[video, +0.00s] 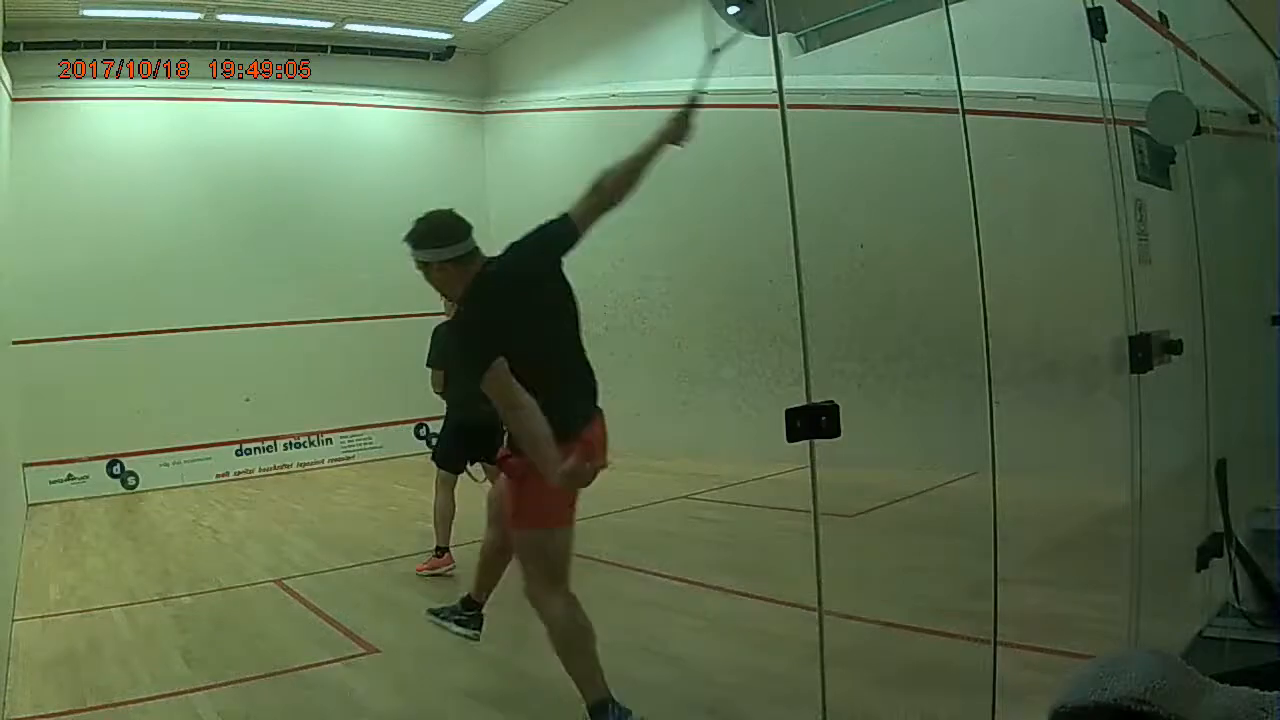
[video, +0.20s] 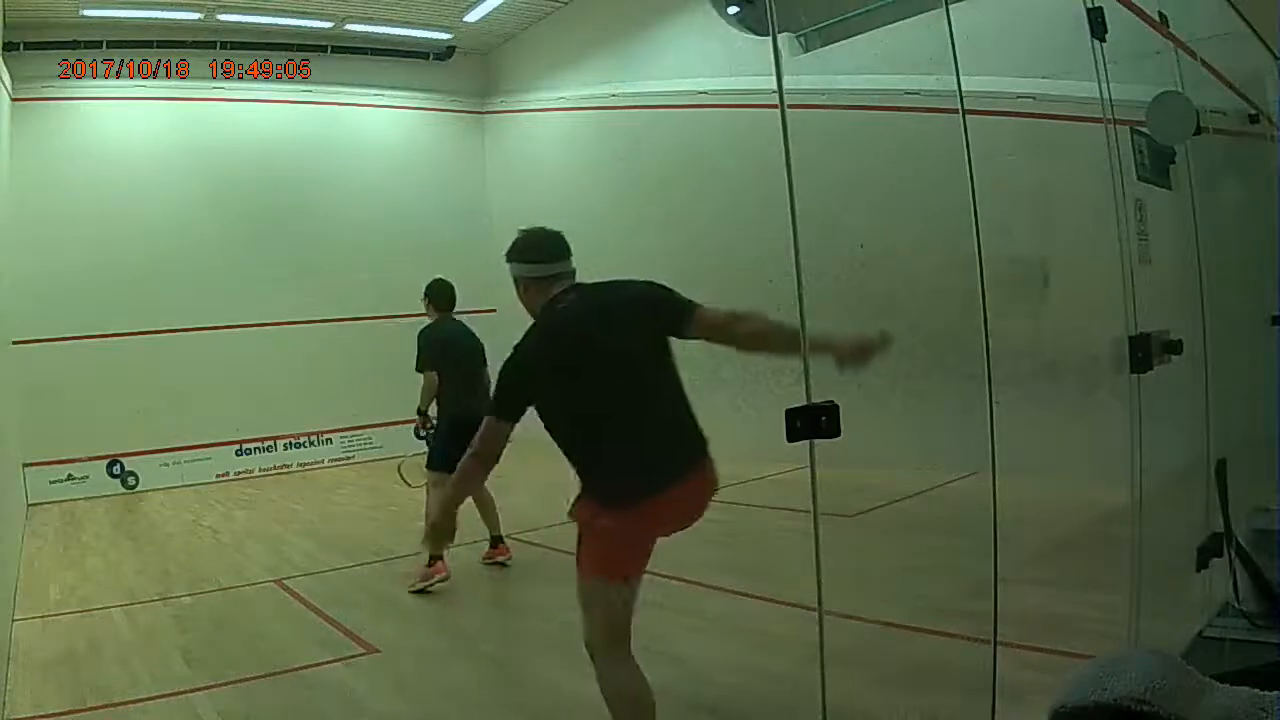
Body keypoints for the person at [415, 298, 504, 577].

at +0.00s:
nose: (444, 304)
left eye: (445, 301)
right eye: (447, 299)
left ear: (448, 305)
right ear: (470, 305)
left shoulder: (443, 332)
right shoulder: (489, 327)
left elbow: (438, 383)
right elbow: (504, 372)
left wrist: (460, 397)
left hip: (460, 417)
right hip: (493, 415)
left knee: (445, 484)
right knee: (497, 477)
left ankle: (442, 552)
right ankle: (519, 537)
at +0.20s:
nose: (422, 306)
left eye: (424, 302)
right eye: (425, 302)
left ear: (429, 304)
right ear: (453, 303)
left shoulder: (430, 334)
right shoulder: (469, 334)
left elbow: (431, 379)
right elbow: (484, 379)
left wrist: (422, 412)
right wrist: (484, 411)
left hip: (451, 419)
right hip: (481, 417)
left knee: (437, 485)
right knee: (476, 481)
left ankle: (436, 560)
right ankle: (498, 542)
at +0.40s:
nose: (418, 350)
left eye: (417, 346)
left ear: (417, 348)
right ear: (443, 345)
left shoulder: (418, 378)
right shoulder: (463, 372)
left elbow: (424, 420)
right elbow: (487, 414)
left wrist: (416, 463)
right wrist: (503, 455)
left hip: (463, 454)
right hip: (495, 448)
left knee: (425, 510)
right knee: (483, 490)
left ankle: (434, 575)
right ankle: (519, 539)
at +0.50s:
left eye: (436, 348)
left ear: (434, 351)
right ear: (460, 348)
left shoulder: (431, 382)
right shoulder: (480, 377)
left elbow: (432, 417)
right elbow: (505, 419)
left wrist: (434, 464)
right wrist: (534, 459)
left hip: (474, 456)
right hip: (507, 448)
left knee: (432, 513)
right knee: (512, 485)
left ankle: (436, 574)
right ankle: (551, 531)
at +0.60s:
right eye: (487, 344)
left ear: (464, 347)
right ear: (490, 345)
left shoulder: (453, 377)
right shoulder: (504, 376)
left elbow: (454, 406)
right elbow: (534, 419)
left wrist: (459, 442)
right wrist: (564, 454)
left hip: (481, 455)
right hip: (517, 450)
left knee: (446, 513)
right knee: (542, 476)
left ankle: (436, 571)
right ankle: (577, 520)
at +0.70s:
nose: (542, 348)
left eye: (535, 343)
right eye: (543, 344)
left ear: (518, 345)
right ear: (543, 347)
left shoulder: (501, 369)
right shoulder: (550, 376)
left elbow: (487, 396)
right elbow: (588, 413)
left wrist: (477, 422)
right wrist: (618, 443)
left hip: (508, 444)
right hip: (543, 444)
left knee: (479, 501)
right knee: (577, 477)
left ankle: (446, 555)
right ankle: (607, 508)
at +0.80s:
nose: (591, 370)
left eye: (586, 366)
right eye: (592, 366)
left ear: (567, 365)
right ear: (591, 369)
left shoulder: (549, 380)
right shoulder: (595, 396)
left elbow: (513, 399)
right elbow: (628, 423)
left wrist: (486, 427)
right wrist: (660, 444)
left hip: (531, 445)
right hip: (568, 449)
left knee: (505, 497)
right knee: (600, 478)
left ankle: (480, 545)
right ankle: (624, 519)